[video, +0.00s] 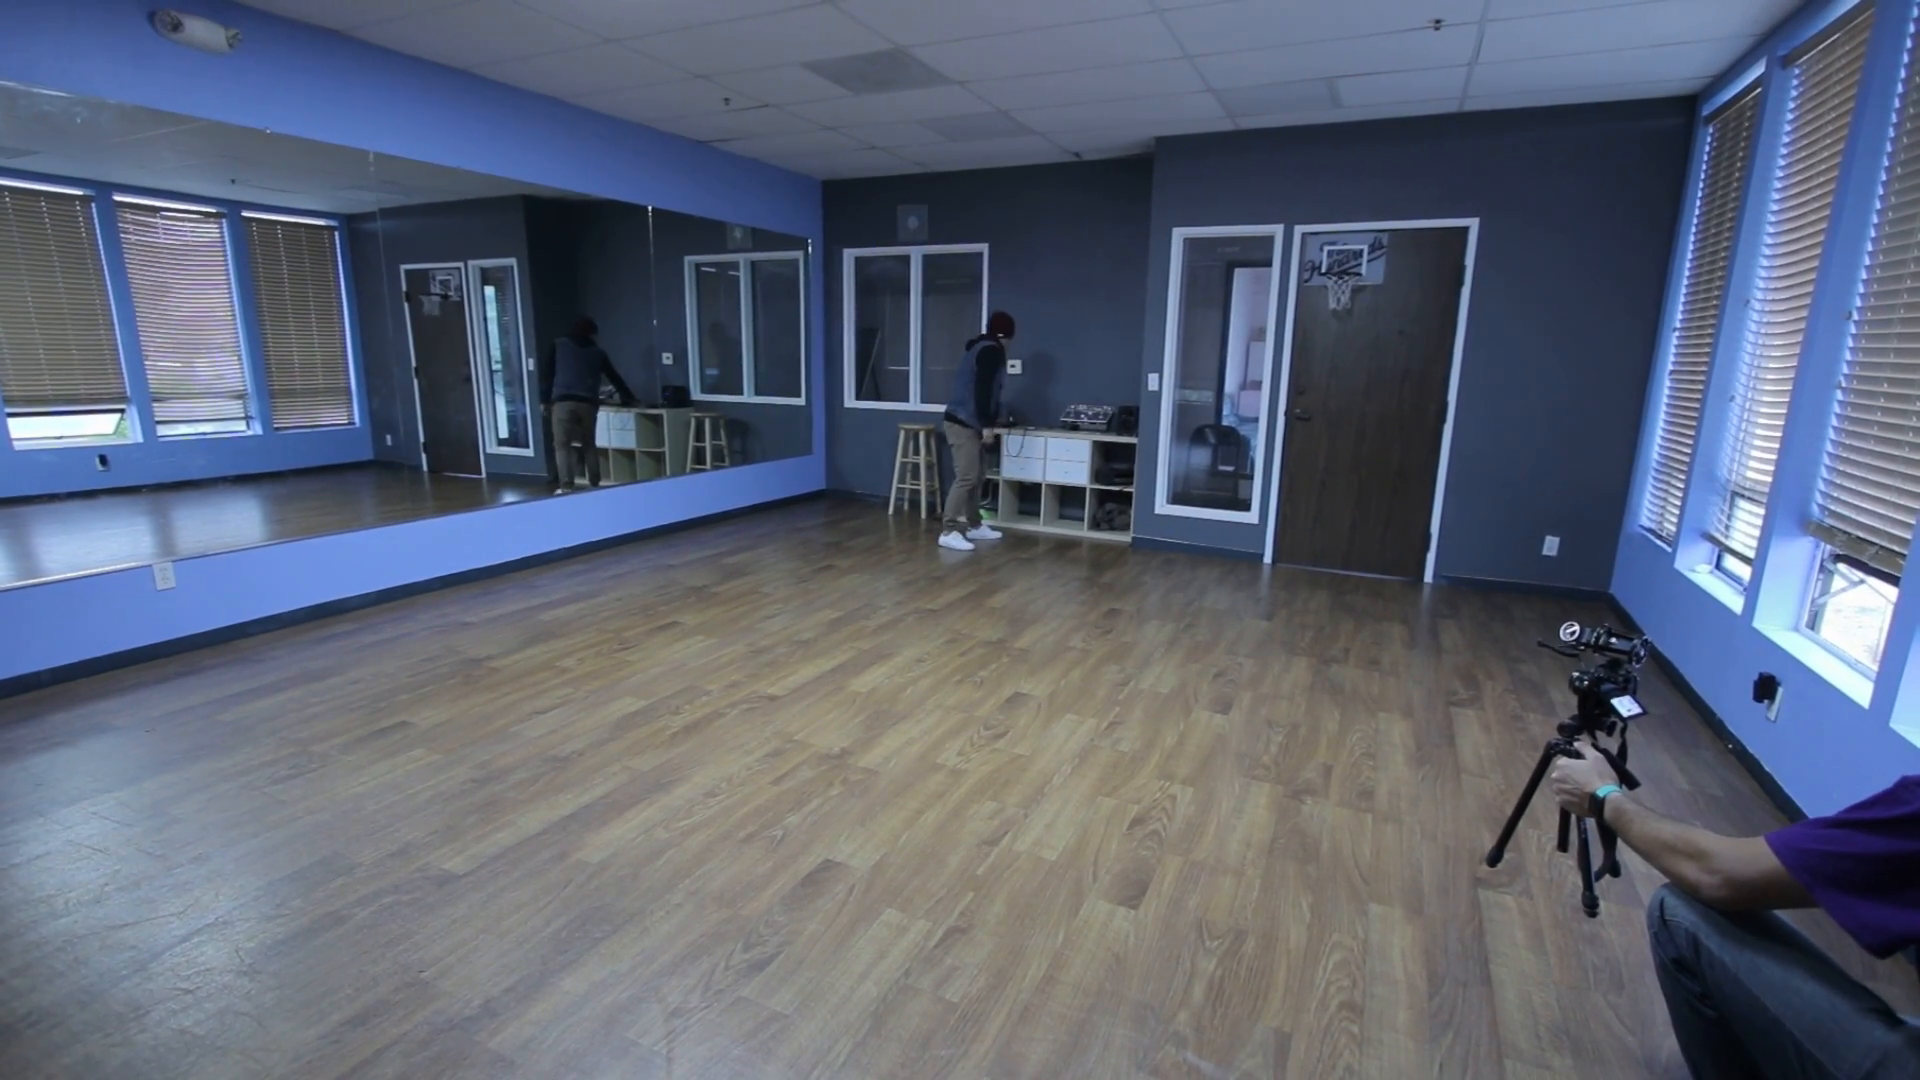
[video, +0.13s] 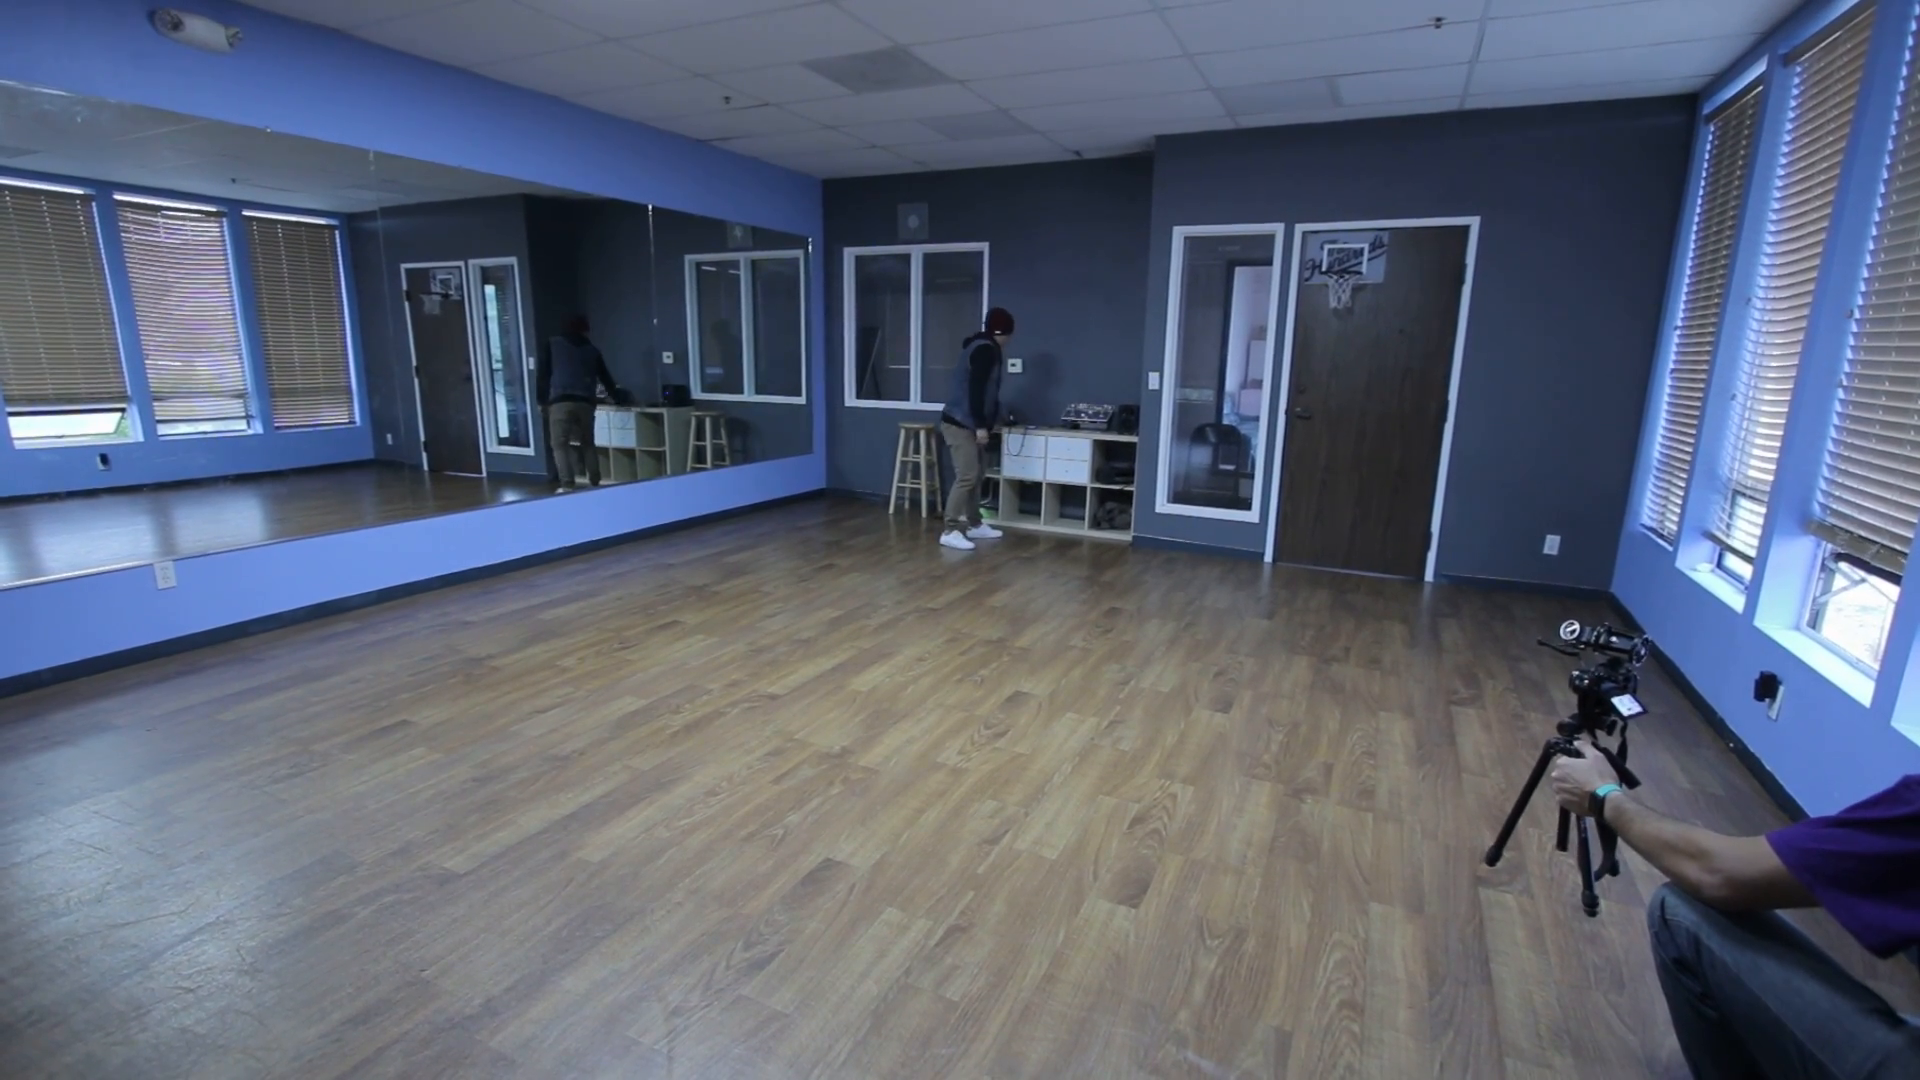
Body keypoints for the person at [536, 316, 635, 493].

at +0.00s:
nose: (594, 336)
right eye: (593, 333)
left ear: (573, 329)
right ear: (593, 333)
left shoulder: (558, 345)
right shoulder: (597, 352)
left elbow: (547, 373)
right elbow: (614, 378)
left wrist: (544, 400)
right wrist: (628, 399)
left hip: (563, 401)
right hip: (588, 402)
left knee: (562, 444)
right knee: (589, 444)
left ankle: (566, 485)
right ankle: (594, 484)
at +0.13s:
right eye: (585, 329)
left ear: (565, 327)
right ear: (585, 329)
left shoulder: (553, 344)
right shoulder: (591, 349)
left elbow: (543, 373)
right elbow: (605, 379)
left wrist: (542, 400)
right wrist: (619, 399)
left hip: (560, 400)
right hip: (586, 401)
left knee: (559, 444)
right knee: (587, 442)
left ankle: (566, 484)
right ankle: (594, 481)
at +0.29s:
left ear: (552, 328)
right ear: (572, 328)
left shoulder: (542, 346)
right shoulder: (581, 348)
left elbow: (536, 374)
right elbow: (592, 378)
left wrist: (534, 400)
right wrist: (594, 404)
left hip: (556, 402)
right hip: (582, 402)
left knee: (554, 446)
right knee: (585, 443)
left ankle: (566, 485)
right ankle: (595, 481)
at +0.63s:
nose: (531, 332)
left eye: (531, 328)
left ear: (532, 329)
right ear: (551, 327)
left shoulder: (530, 350)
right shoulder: (562, 344)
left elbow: (528, 382)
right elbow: (572, 374)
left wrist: (526, 410)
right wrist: (575, 397)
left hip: (549, 406)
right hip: (573, 402)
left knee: (549, 452)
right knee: (578, 446)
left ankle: (565, 488)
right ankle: (590, 482)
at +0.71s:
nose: (529, 332)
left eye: (529, 329)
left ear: (530, 329)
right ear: (548, 326)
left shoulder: (529, 352)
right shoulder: (559, 345)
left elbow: (528, 384)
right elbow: (569, 375)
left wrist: (526, 411)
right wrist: (573, 399)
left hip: (548, 408)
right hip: (571, 404)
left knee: (549, 452)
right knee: (574, 447)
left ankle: (564, 488)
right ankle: (585, 484)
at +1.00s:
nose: (520, 327)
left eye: (522, 323)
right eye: (520, 323)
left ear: (530, 323)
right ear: (539, 321)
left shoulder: (533, 344)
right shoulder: (553, 338)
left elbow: (532, 376)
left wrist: (527, 404)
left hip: (546, 402)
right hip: (560, 398)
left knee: (553, 447)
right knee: (550, 445)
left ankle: (567, 487)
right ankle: (549, 483)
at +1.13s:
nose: (520, 327)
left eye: (521, 323)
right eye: (520, 323)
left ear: (530, 323)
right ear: (537, 322)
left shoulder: (535, 345)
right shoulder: (550, 340)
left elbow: (534, 378)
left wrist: (527, 404)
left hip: (547, 405)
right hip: (555, 403)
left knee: (553, 447)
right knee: (540, 446)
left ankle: (567, 485)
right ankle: (535, 485)